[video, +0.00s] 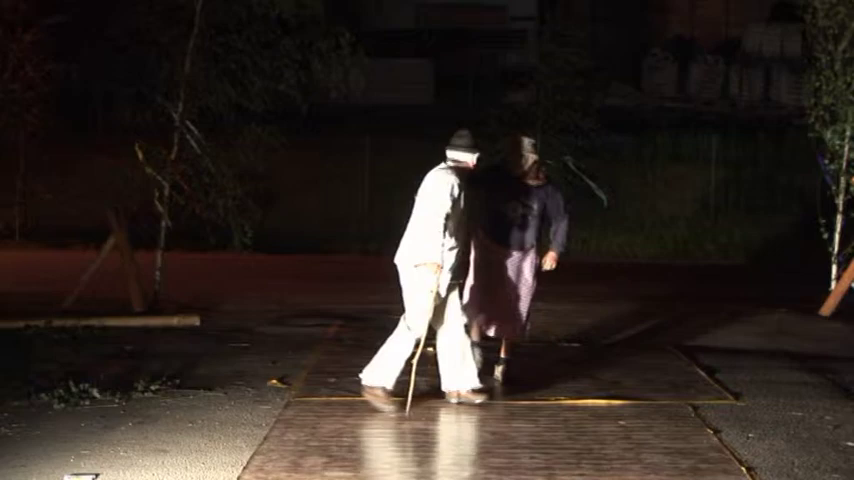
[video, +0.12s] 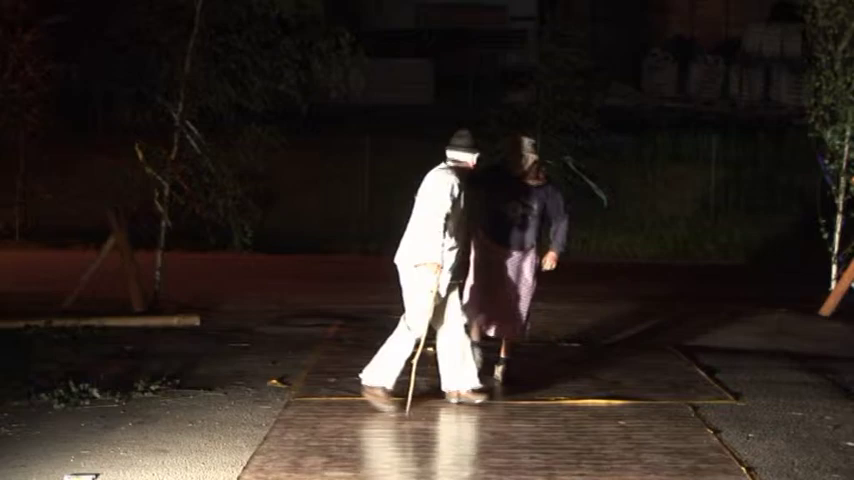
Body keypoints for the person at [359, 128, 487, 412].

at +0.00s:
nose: (475, 161)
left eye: (475, 156)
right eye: (471, 156)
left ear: (455, 155)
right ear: (461, 157)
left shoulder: (457, 181)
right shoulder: (442, 179)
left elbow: (458, 229)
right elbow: (432, 224)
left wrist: (457, 268)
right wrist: (432, 263)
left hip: (444, 263)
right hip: (421, 262)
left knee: (452, 324)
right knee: (416, 322)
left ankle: (458, 385)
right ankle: (374, 380)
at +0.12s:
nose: (475, 161)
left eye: (475, 156)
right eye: (471, 156)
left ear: (455, 155)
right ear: (461, 157)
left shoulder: (457, 181)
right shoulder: (442, 179)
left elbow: (458, 229)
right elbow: (432, 224)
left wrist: (457, 268)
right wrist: (432, 263)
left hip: (444, 263)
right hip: (421, 262)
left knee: (452, 324)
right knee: (416, 322)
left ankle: (458, 385)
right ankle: (374, 380)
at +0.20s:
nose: (475, 161)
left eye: (475, 156)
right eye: (471, 156)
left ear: (455, 155)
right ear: (461, 157)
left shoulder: (457, 181)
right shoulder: (442, 179)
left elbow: (458, 229)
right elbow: (432, 224)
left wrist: (457, 268)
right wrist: (432, 263)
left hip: (444, 263)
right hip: (421, 262)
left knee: (452, 324)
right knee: (416, 322)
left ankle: (458, 385)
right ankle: (374, 380)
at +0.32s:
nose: (475, 161)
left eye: (475, 156)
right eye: (471, 156)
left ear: (455, 155)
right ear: (461, 157)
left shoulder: (457, 181)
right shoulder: (442, 179)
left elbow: (458, 229)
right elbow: (432, 224)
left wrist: (457, 268)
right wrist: (432, 263)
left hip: (444, 263)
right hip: (421, 262)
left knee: (452, 324)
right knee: (416, 322)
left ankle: (458, 385)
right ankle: (374, 380)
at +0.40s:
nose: (475, 161)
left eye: (475, 156)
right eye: (471, 156)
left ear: (455, 155)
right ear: (461, 157)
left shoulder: (457, 181)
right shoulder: (442, 179)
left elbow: (458, 229)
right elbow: (432, 224)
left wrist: (457, 268)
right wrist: (432, 263)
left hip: (444, 263)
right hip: (421, 262)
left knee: (452, 324)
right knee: (416, 322)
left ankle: (458, 385)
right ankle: (374, 380)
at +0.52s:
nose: (479, 160)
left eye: (479, 155)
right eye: (476, 155)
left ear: (461, 155)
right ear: (466, 156)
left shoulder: (468, 185)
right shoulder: (445, 180)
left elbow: (468, 230)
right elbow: (434, 226)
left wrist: (468, 261)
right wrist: (449, 258)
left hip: (455, 265)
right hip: (427, 264)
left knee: (457, 325)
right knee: (422, 325)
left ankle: (447, 385)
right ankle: (402, 387)